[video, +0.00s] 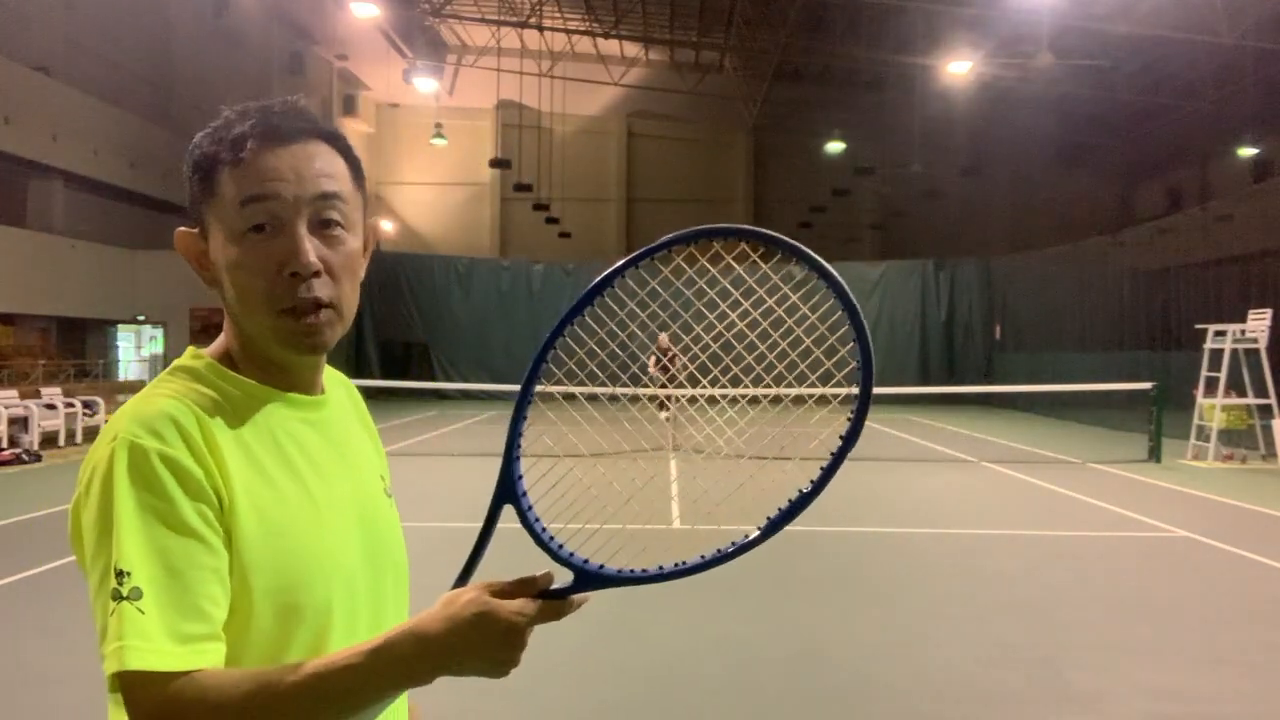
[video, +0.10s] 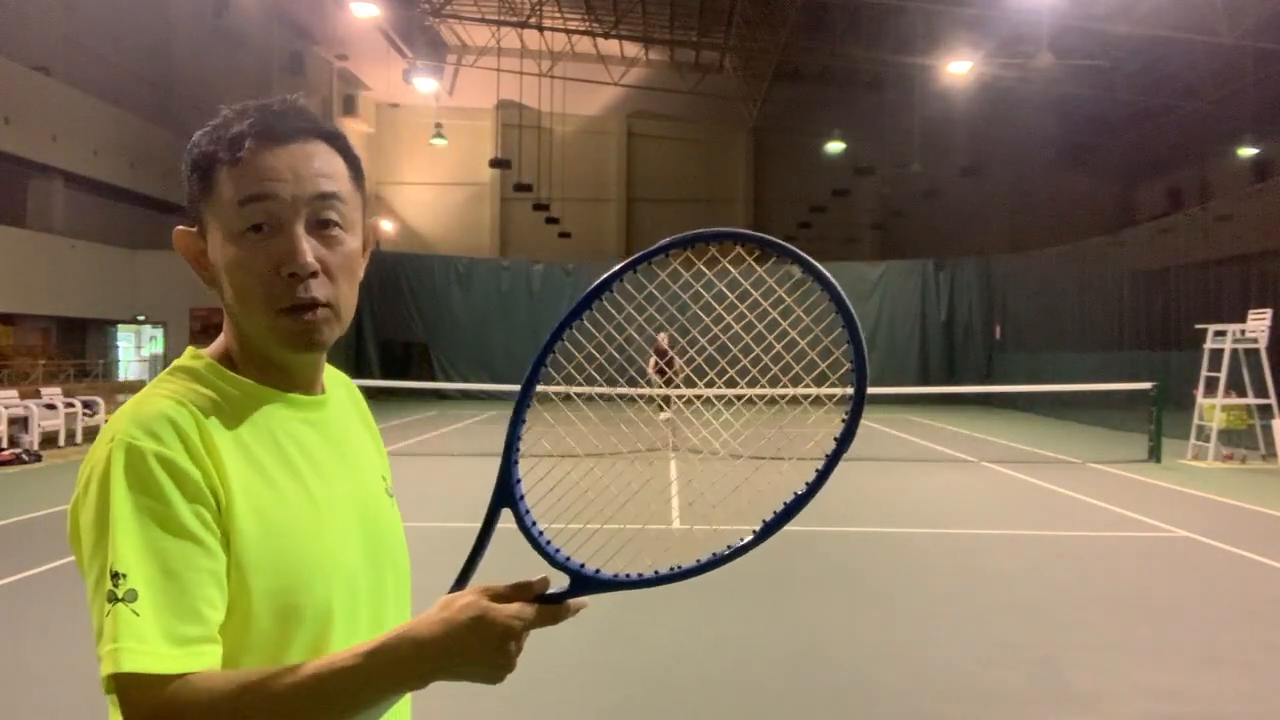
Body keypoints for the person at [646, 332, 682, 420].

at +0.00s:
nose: (664, 342)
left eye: (665, 339)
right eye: (661, 340)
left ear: (669, 340)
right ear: (658, 341)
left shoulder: (672, 352)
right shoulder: (655, 353)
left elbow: (677, 364)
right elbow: (651, 364)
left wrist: (676, 369)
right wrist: (653, 370)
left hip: (670, 374)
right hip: (659, 374)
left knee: (669, 392)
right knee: (661, 391)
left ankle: (668, 410)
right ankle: (662, 410)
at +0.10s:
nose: (664, 342)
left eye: (665, 340)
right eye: (661, 340)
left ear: (668, 341)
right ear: (658, 341)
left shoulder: (670, 354)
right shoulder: (656, 354)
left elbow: (676, 364)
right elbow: (650, 368)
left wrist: (679, 373)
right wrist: (654, 376)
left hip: (669, 375)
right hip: (659, 376)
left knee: (668, 393)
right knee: (660, 393)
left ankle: (667, 410)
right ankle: (662, 411)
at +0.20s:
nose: (665, 342)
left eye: (666, 340)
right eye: (662, 340)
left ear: (669, 340)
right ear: (659, 341)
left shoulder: (672, 353)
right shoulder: (655, 354)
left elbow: (677, 365)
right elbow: (651, 369)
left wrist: (679, 376)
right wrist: (652, 380)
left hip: (670, 376)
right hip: (659, 376)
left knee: (668, 392)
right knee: (659, 393)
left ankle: (668, 409)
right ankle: (662, 409)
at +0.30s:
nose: (666, 344)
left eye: (668, 342)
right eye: (664, 342)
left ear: (671, 343)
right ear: (659, 343)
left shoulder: (673, 354)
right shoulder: (656, 355)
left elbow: (677, 367)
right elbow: (652, 369)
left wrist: (678, 378)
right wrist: (651, 382)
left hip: (671, 378)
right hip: (660, 378)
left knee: (670, 393)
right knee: (661, 394)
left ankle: (670, 409)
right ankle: (662, 410)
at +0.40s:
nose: (665, 341)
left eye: (667, 339)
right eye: (663, 339)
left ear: (670, 340)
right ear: (660, 340)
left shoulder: (673, 351)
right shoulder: (657, 351)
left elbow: (677, 362)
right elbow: (653, 364)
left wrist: (677, 371)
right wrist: (652, 375)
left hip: (671, 374)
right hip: (660, 374)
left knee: (670, 392)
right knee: (661, 392)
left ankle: (669, 410)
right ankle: (661, 410)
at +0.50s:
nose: (666, 342)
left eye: (667, 340)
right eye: (664, 339)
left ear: (670, 341)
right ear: (661, 341)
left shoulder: (674, 351)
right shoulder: (659, 351)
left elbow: (677, 362)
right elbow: (655, 364)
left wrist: (677, 371)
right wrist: (655, 375)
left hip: (671, 373)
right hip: (661, 373)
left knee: (670, 392)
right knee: (662, 392)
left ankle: (669, 410)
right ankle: (662, 410)